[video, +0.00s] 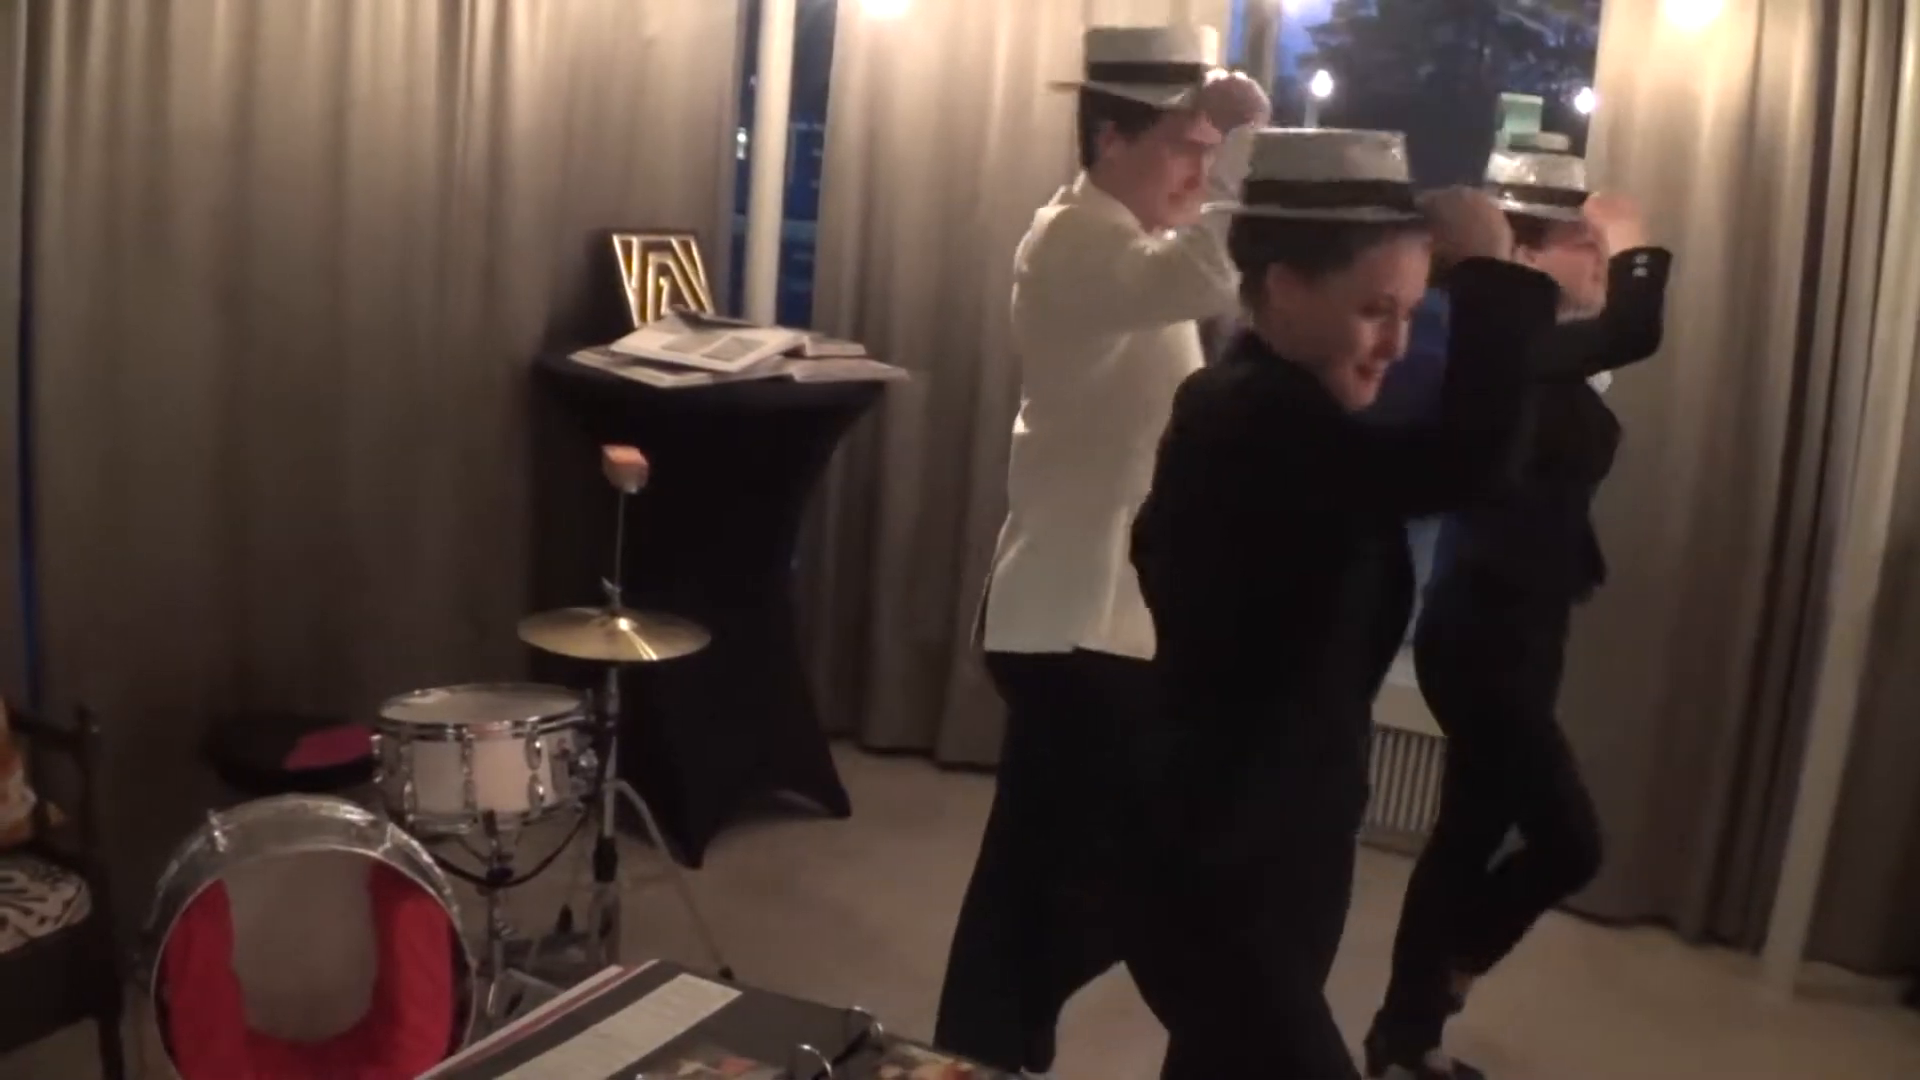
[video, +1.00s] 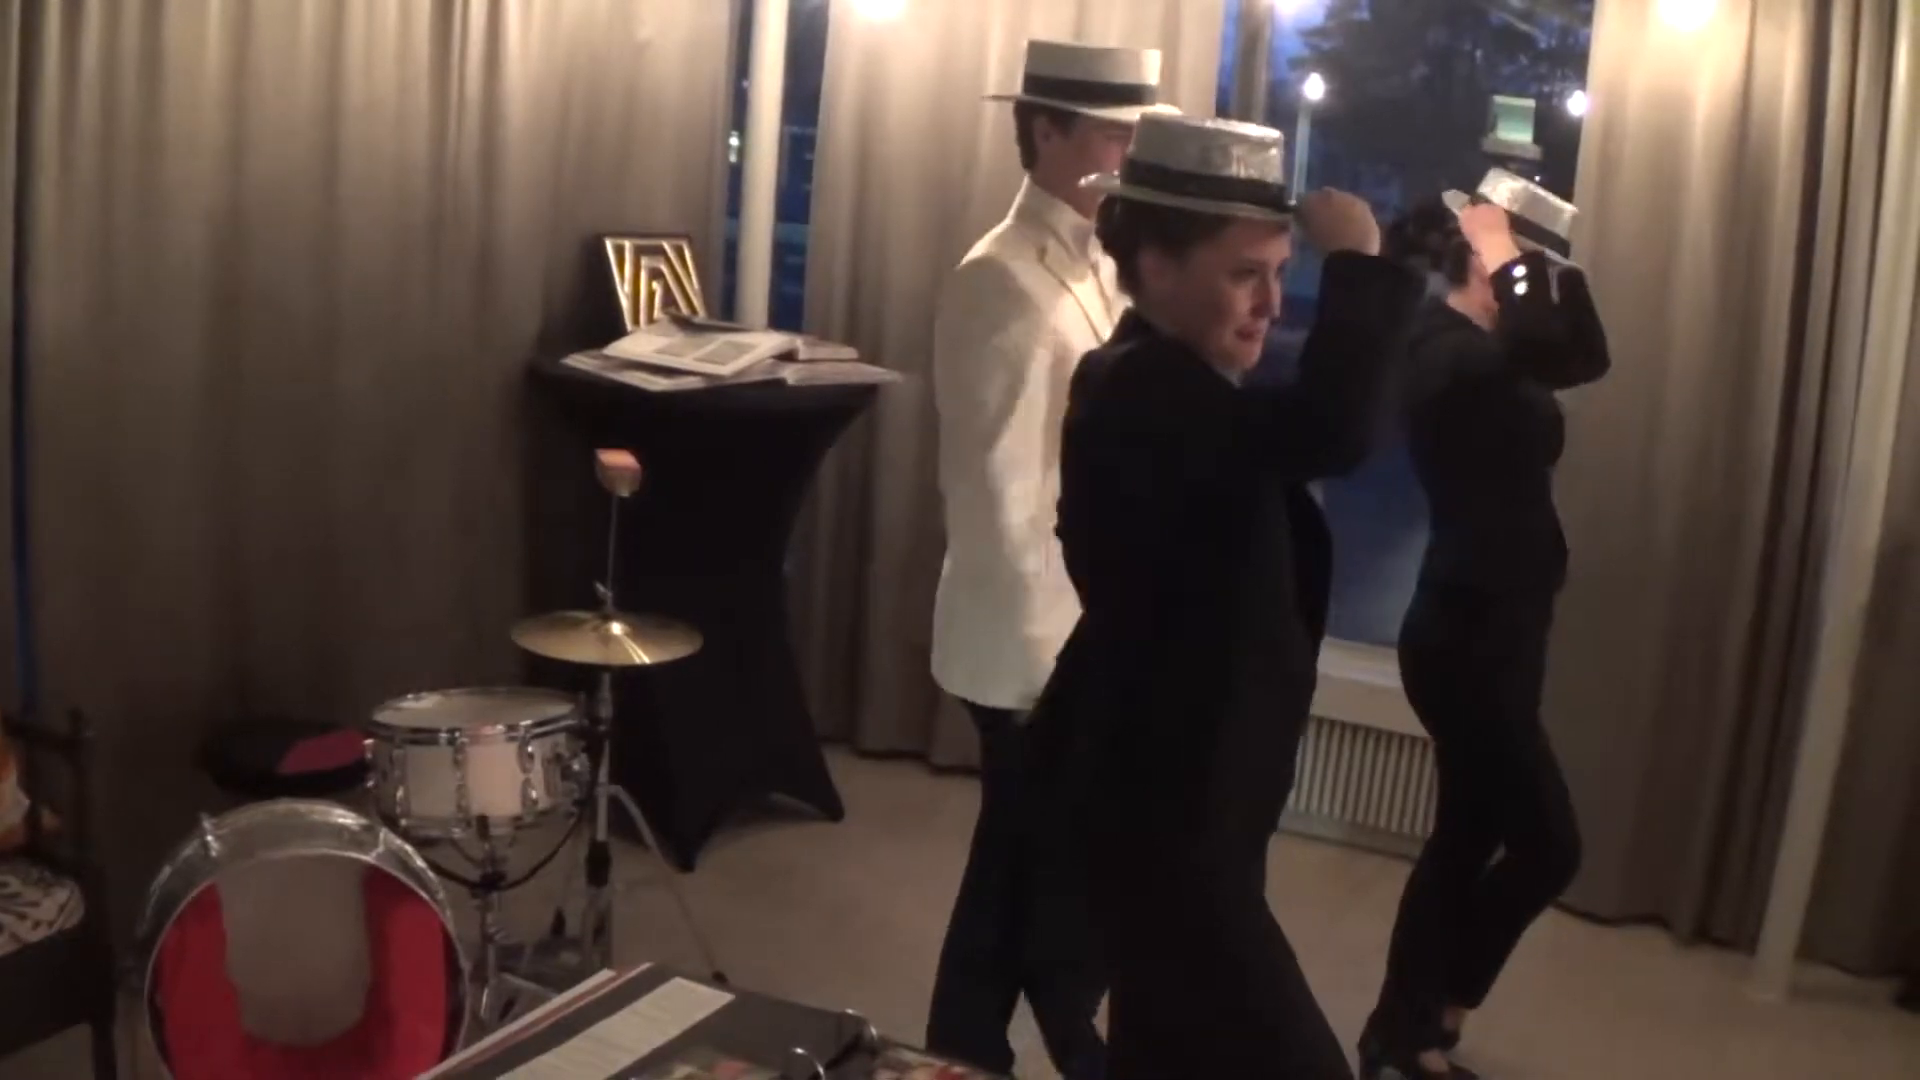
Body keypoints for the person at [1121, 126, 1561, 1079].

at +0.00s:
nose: (1398, 343)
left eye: (1408, 315)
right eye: (1373, 312)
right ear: (1277, 291)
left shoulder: (1220, 405)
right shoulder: (1279, 425)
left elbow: (1159, 554)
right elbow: (1467, 466)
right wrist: (1492, 279)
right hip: (1238, 907)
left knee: (1219, 1061)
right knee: (1311, 1065)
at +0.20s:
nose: (1330, 333)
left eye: (1341, 301)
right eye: (1301, 301)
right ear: (1203, 286)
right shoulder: (1194, 420)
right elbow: (1389, 467)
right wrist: (1425, 281)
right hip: (1213, 887)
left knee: (1198, 1061)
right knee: (1295, 1066)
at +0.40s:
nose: (1292, 325)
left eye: (1302, 294)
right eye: (1266, 293)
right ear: (1173, 281)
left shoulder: (1194, 405)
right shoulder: (1154, 414)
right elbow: (1338, 463)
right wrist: (1380, 282)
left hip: (1234, 856)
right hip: (1197, 879)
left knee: (1182, 1062)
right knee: (1292, 1066)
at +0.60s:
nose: (1280, 313)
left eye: (1289, 284)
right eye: (1255, 283)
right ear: (1165, 272)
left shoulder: (1170, 389)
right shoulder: (1153, 403)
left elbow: (1322, 433)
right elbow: (1335, 441)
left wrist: (1402, 283)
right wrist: (1371, 268)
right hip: (1183, 856)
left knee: (1169, 1062)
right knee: (1284, 1064)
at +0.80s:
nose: (1268, 308)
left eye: (1277, 280)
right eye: (1242, 279)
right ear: (1153, 271)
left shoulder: (1163, 384)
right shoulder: (1148, 394)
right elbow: (1331, 430)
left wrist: (1410, 268)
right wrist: (1359, 263)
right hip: (1170, 840)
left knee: (1164, 1062)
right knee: (1292, 1064)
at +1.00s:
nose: (1268, 303)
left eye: (1276, 276)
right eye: (1242, 276)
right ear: (1151, 269)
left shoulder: (1180, 386)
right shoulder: (1146, 391)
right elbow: (1329, 434)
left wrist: (1404, 283)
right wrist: (1357, 265)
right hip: (1167, 835)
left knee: (1171, 1053)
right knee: (1305, 1065)